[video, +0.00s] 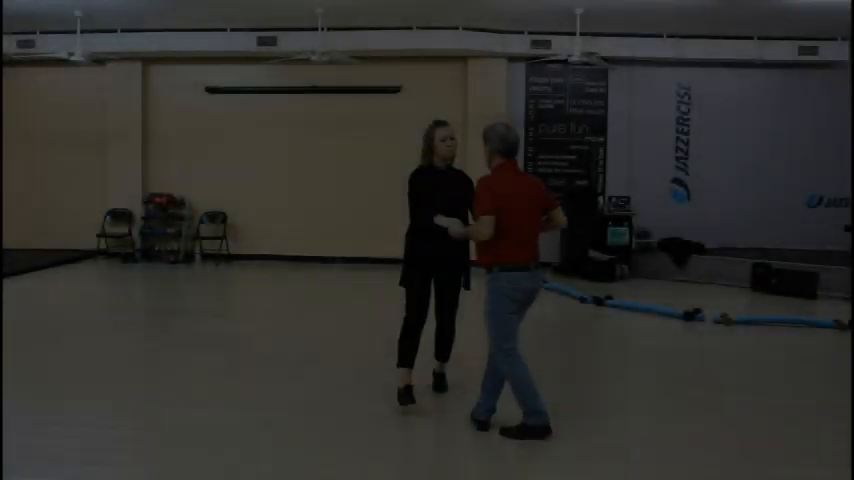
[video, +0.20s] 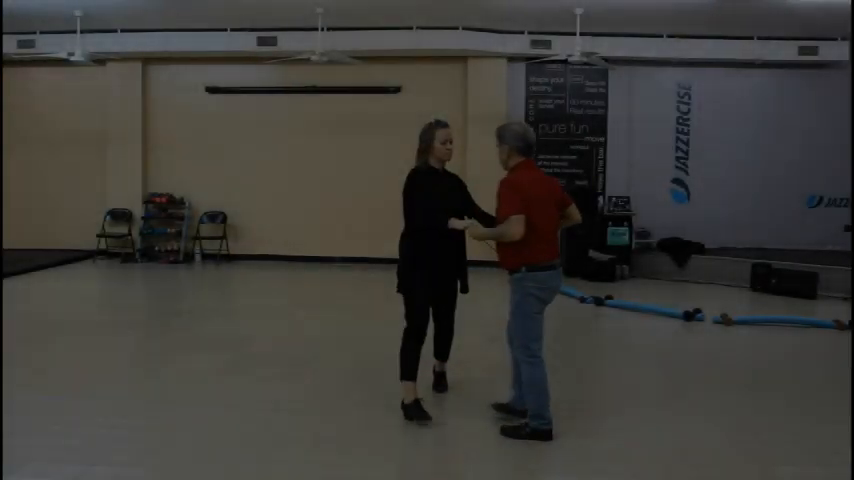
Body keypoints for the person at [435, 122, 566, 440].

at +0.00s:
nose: (483, 152)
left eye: (484, 148)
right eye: (485, 147)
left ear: (489, 151)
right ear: (515, 150)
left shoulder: (487, 184)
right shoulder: (532, 183)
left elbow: (484, 231)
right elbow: (558, 220)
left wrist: (458, 228)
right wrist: (527, 227)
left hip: (503, 277)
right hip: (530, 275)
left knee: (506, 350)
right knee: (499, 347)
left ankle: (536, 419)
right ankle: (483, 412)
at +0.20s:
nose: (497, 153)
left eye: (499, 147)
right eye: (497, 147)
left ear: (508, 149)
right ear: (527, 149)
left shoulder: (512, 182)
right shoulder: (544, 178)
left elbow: (514, 230)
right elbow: (573, 216)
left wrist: (482, 232)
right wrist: (538, 225)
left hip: (529, 277)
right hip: (547, 273)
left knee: (528, 348)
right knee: (518, 337)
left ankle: (539, 422)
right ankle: (522, 402)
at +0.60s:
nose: (517, 154)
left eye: (521, 148)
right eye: (518, 148)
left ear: (537, 150)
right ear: (541, 150)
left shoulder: (545, 183)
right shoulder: (557, 178)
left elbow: (541, 234)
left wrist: (497, 228)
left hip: (551, 276)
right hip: (563, 274)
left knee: (534, 349)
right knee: (562, 342)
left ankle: (540, 423)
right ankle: (573, 407)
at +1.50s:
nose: (508, 152)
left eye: (513, 146)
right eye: (509, 145)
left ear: (534, 149)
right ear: (531, 149)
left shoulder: (550, 183)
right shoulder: (534, 180)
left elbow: (535, 236)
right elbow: (523, 219)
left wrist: (488, 224)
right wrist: (492, 213)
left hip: (550, 281)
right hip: (537, 278)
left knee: (541, 354)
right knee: (535, 345)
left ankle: (550, 428)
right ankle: (562, 398)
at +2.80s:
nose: (513, 153)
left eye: (517, 146)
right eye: (513, 147)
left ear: (536, 148)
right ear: (536, 148)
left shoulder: (552, 179)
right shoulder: (534, 179)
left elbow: (529, 218)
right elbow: (510, 212)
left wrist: (500, 181)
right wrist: (464, 207)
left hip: (549, 279)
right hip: (535, 277)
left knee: (541, 353)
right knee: (531, 349)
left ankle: (548, 424)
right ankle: (537, 412)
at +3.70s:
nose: (492, 151)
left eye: (497, 145)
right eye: (491, 145)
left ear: (516, 148)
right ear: (512, 148)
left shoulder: (533, 178)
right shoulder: (501, 183)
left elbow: (509, 197)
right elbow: (466, 209)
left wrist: (499, 156)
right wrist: (433, 199)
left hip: (523, 276)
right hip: (507, 276)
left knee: (496, 347)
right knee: (514, 347)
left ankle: (518, 418)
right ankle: (525, 416)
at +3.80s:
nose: (491, 152)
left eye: (495, 146)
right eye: (489, 146)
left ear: (513, 148)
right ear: (509, 149)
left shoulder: (530, 179)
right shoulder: (499, 184)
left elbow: (506, 198)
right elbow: (463, 208)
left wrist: (497, 156)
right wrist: (432, 195)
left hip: (518, 277)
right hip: (504, 276)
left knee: (489, 349)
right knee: (512, 348)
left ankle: (489, 426)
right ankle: (525, 417)